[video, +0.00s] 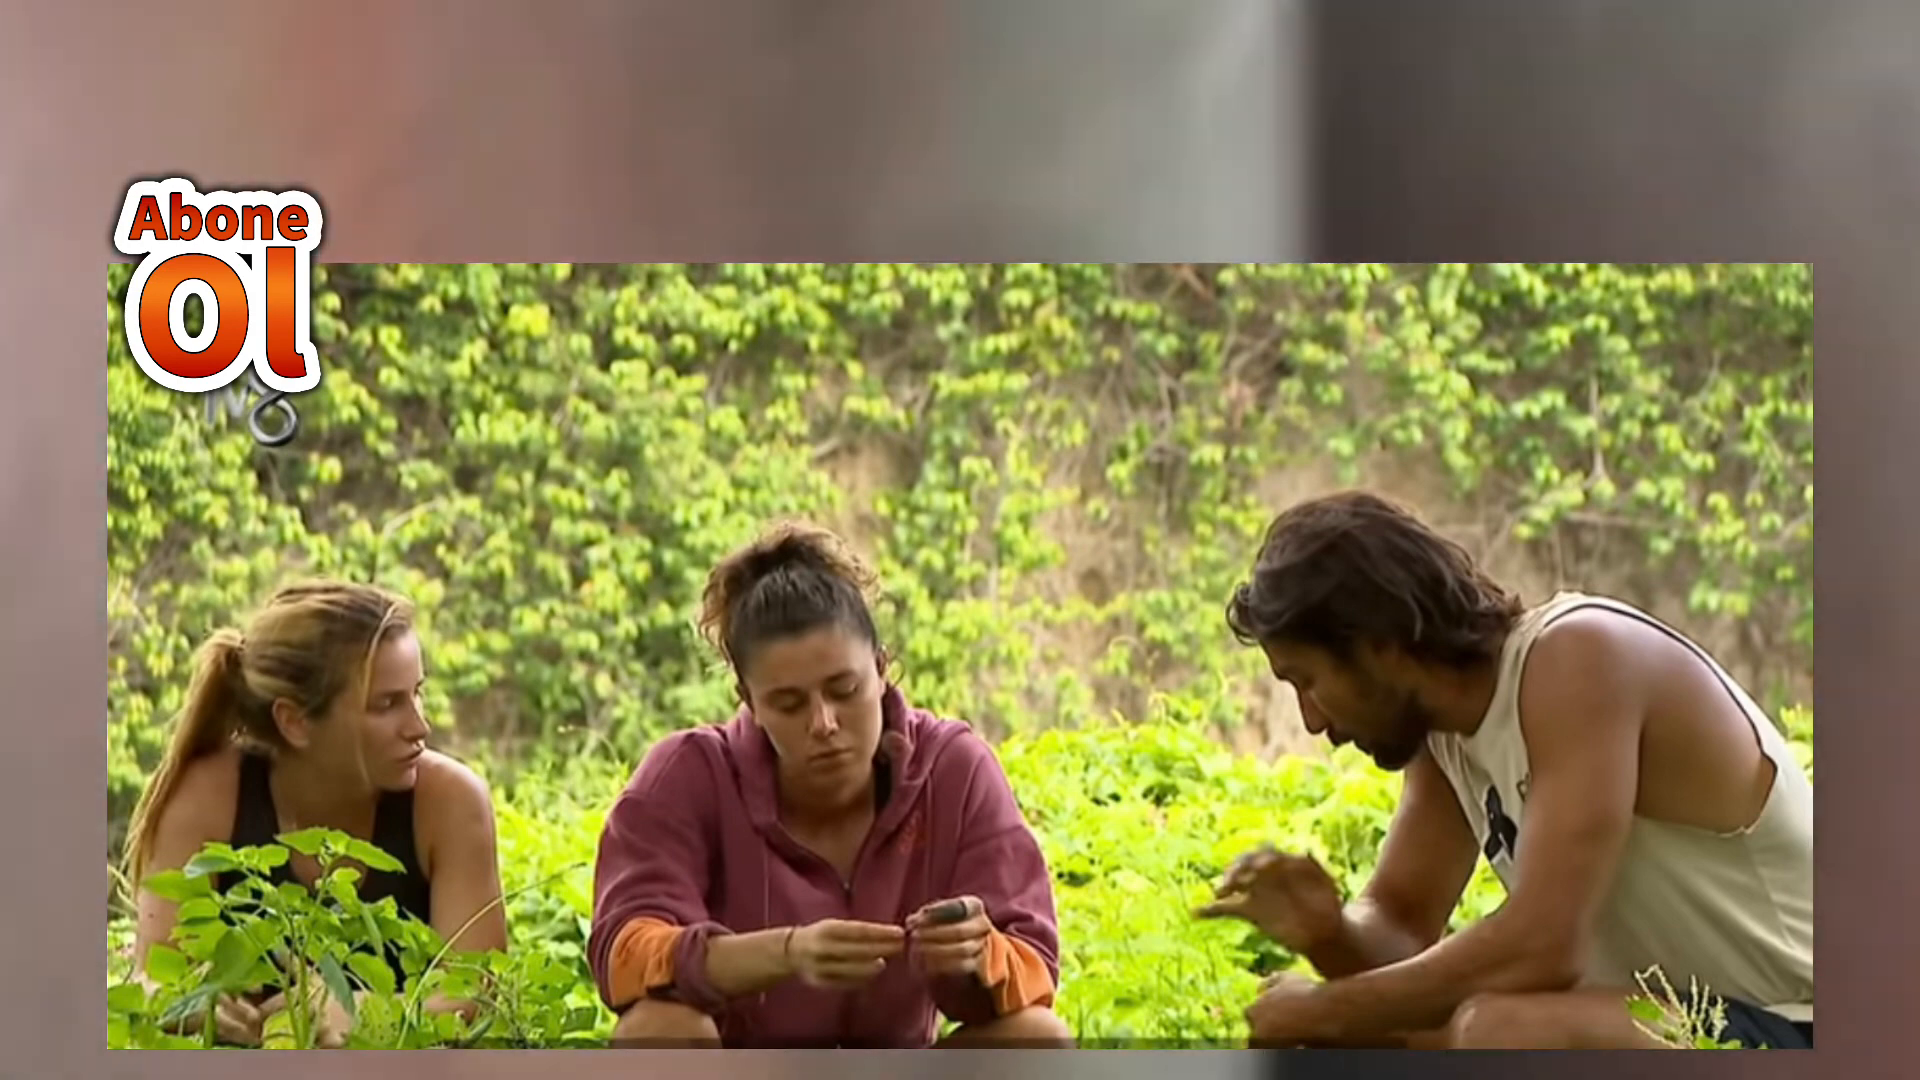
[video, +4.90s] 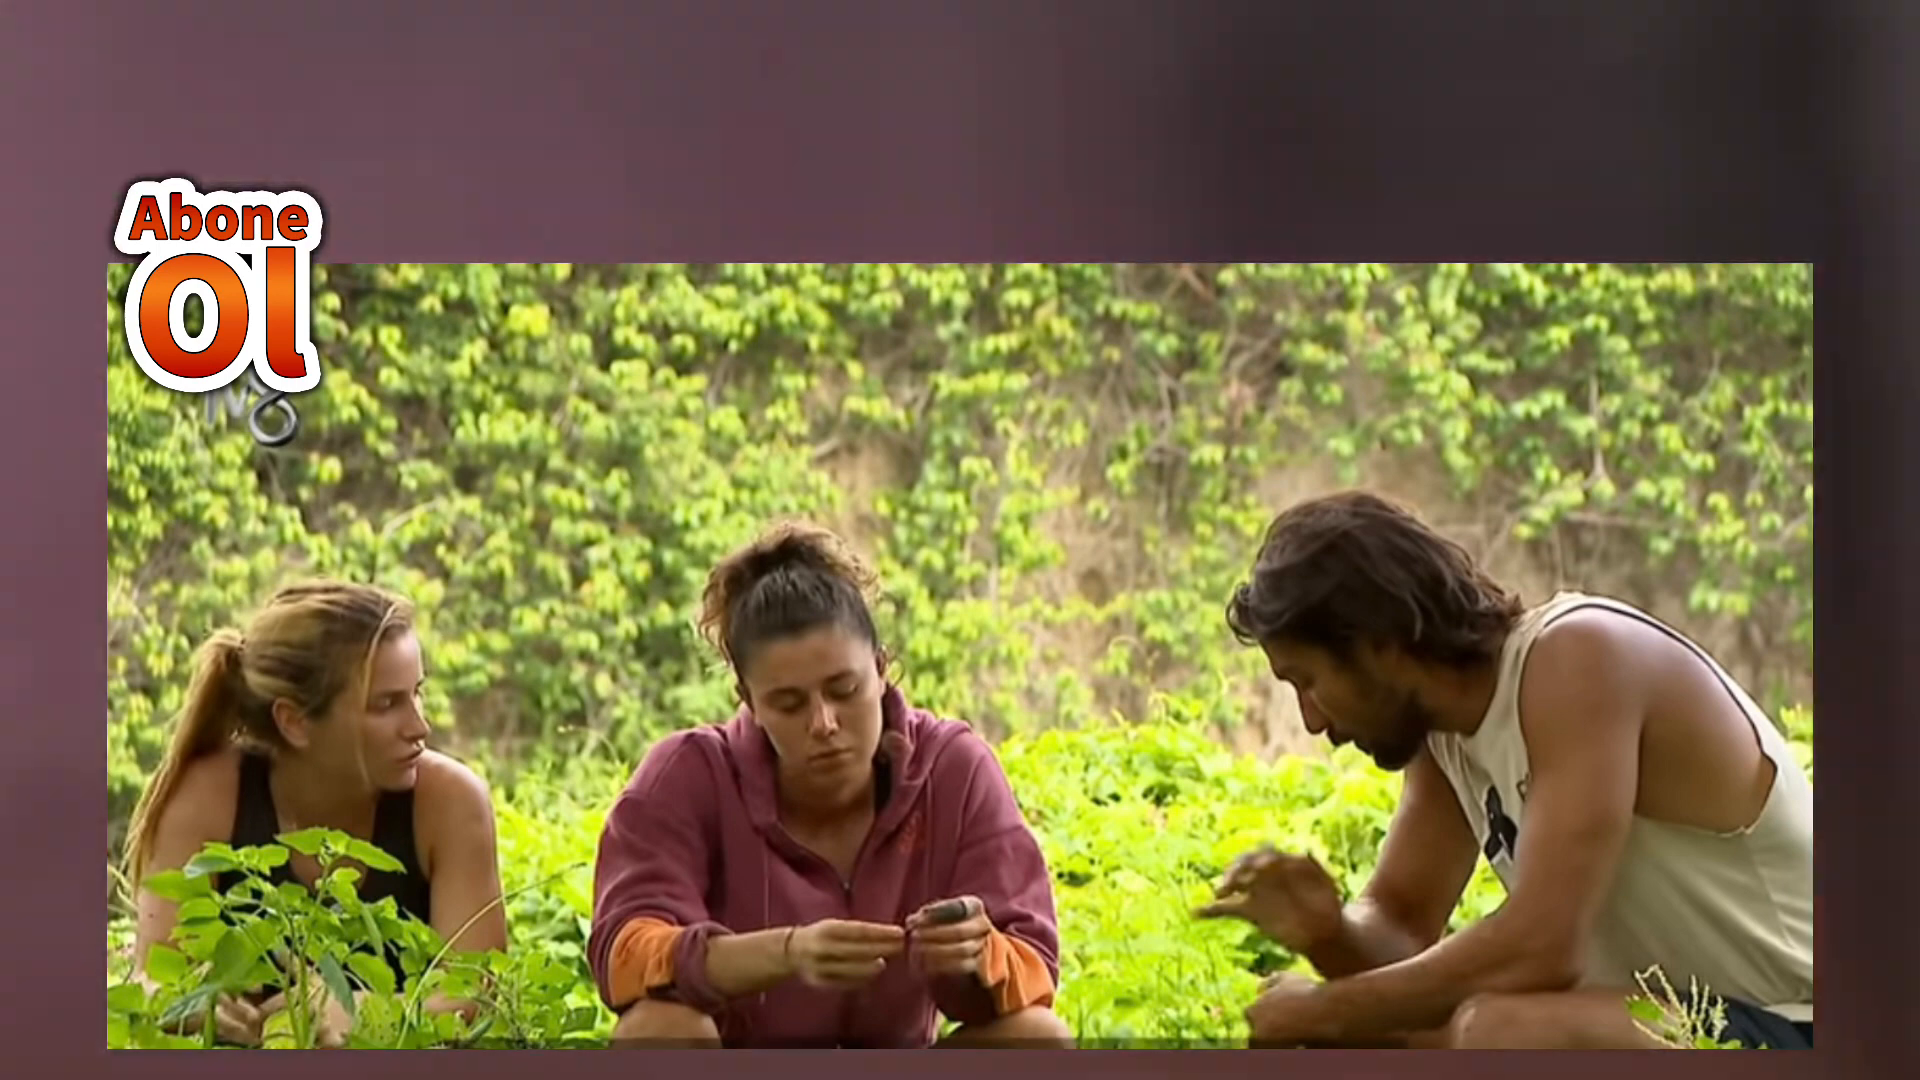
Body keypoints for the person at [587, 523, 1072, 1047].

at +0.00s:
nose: (824, 725)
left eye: (844, 690)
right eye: (789, 703)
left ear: (881, 670)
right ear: (747, 698)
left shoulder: (955, 766)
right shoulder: (687, 773)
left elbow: (1030, 970)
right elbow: (629, 957)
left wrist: (977, 954)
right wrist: (786, 952)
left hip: (898, 1062)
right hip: (739, 1063)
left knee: (1037, 1037)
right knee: (658, 1026)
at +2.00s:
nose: (824, 725)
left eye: (844, 690)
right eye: (789, 703)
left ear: (881, 670)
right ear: (747, 699)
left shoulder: (955, 766)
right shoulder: (687, 773)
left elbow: (1030, 970)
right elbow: (630, 957)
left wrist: (977, 953)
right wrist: (785, 953)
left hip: (897, 1061)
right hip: (739, 1062)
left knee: (1037, 1037)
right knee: (659, 1026)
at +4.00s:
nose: (824, 725)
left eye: (844, 690)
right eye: (789, 703)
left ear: (881, 670)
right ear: (747, 699)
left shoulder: (955, 766)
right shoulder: (687, 774)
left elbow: (1031, 969)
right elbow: (629, 957)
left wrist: (977, 954)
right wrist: (787, 951)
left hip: (900, 1054)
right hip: (740, 1056)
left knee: (1037, 1036)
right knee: (658, 1026)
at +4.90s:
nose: (824, 725)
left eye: (844, 690)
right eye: (789, 703)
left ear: (881, 670)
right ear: (747, 698)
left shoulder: (955, 766)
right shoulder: (687, 773)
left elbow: (1030, 969)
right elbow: (629, 957)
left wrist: (977, 953)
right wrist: (786, 952)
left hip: (898, 1060)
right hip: (738, 1061)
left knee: (1037, 1036)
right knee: (659, 1026)